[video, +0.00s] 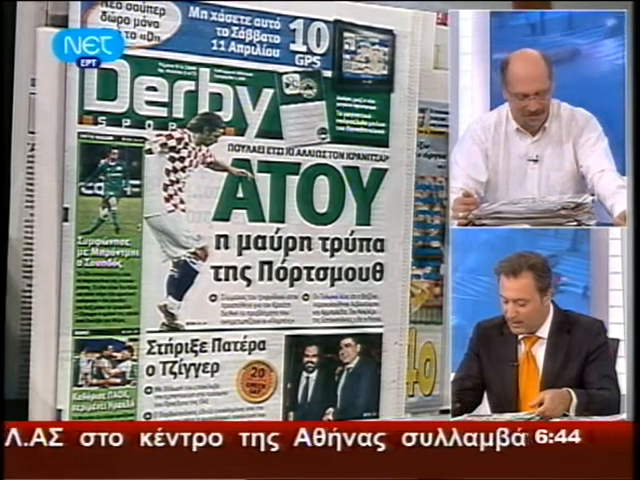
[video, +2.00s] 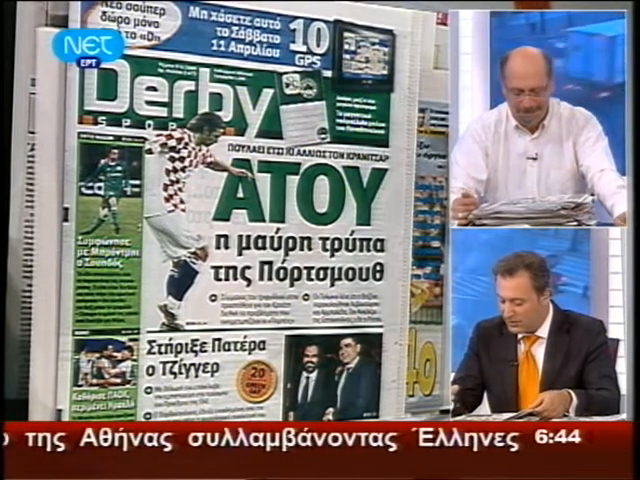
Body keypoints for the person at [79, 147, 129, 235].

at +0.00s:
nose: (115, 156)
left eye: (116, 154)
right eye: (113, 154)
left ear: (118, 155)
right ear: (109, 155)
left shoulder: (122, 165)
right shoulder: (104, 165)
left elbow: (126, 176)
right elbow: (95, 175)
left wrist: (128, 187)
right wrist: (85, 182)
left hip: (118, 190)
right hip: (108, 189)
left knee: (105, 213)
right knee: (113, 205)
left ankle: (91, 230)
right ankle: (116, 226)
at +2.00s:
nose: (115, 156)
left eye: (116, 154)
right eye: (113, 154)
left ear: (118, 155)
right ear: (109, 154)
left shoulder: (122, 165)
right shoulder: (104, 165)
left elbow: (126, 176)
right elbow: (95, 174)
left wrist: (128, 187)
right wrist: (85, 182)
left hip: (118, 190)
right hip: (108, 189)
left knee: (105, 213)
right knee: (113, 205)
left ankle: (91, 230)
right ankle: (116, 226)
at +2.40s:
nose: (115, 156)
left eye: (116, 154)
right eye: (113, 154)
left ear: (118, 155)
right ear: (109, 154)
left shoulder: (122, 165)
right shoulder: (104, 165)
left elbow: (126, 177)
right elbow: (95, 175)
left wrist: (127, 187)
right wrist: (85, 182)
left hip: (118, 190)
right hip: (108, 189)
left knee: (105, 213)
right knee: (113, 205)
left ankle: (91, 230)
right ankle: (116, 225)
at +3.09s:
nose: (115, 156)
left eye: (116, 154)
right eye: (113, 154)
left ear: (118, 155)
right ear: (109, 154)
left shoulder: (122, 165)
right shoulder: (104, 165)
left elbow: (126, 177)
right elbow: (95, 175)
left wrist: (127, 187)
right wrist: (85, 182)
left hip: (118, 190)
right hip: (108, 189)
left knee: (105, 213)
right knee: (113, 205)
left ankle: (91, 230)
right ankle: (116, 225)